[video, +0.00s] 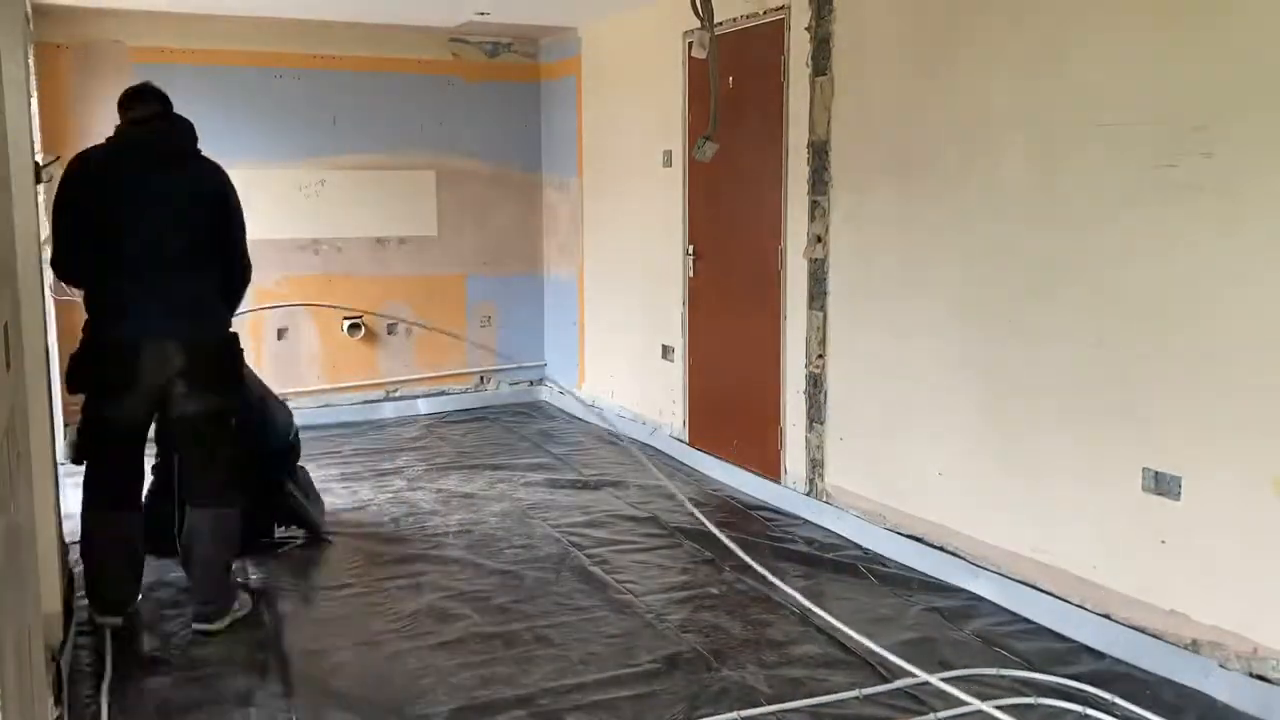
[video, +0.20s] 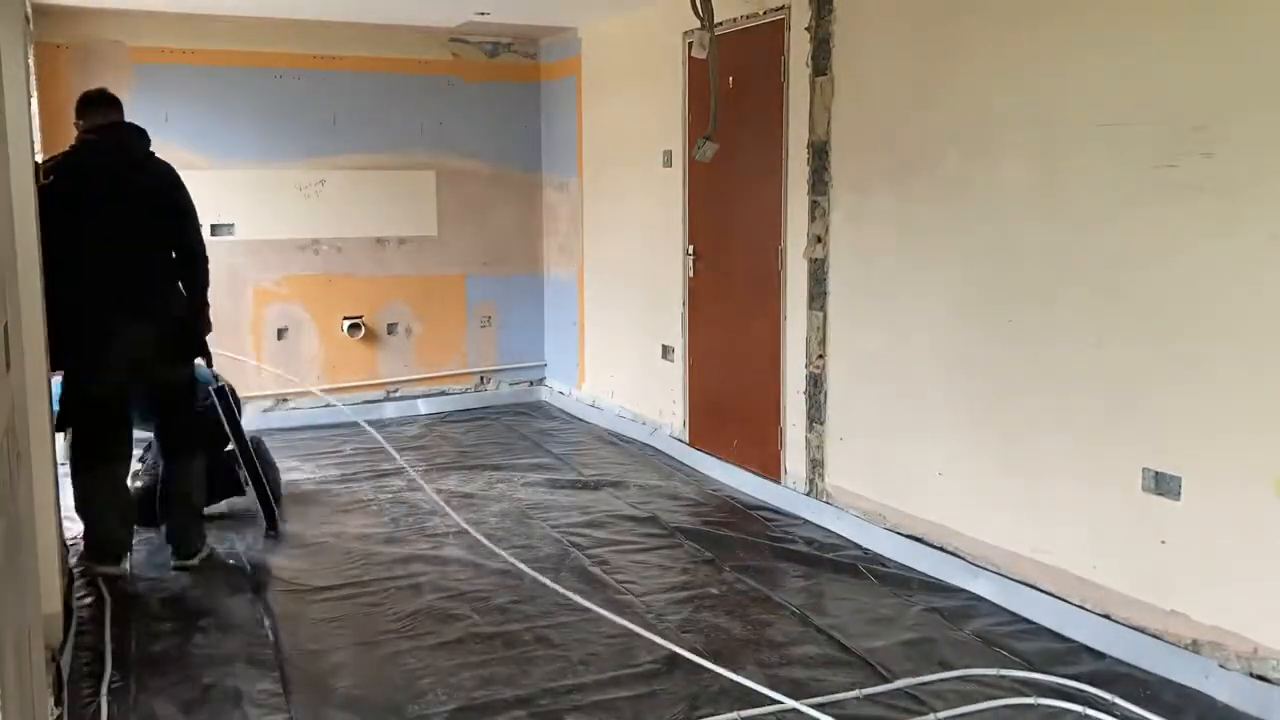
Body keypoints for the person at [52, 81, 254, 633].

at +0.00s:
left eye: (130, 116)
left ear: (122, 121)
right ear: (172, 119)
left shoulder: (87, 168)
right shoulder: (209, 174)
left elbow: (67, 262)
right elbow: (236, 267)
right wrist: (210, 317)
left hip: (119, 346)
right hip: (201, 343)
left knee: (111, 468)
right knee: (208, 465)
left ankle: (111, 601)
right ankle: (213, 602)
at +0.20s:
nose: (84, 133)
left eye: (81, 125)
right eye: (95, 122)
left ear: (79, 125)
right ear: (124, 120)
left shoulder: (57, 180)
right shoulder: (159, 174)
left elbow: (46, 267)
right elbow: (193, 252)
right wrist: (198, 315)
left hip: (90, 337)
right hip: (160, 332)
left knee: (98, 446)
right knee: (181, 432)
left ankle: (106, 549)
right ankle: (188, 541)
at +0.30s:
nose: (78, 139)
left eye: (76, 132)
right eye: (85, 131)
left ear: (74, 131)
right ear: (121, 126)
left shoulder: (55, 184)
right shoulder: (158, 179)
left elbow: (45, 269)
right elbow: (189, 260)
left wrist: (55, 342)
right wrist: (192, 329)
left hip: (92, 340)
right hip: (164, 337)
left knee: (98, 442)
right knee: (182, 434)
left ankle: (107, 550)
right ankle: (188, 543)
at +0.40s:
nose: (117, 133)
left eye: (114, 125)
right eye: (126, 123)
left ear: (112, 127)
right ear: (155, 124)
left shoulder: (83, 172)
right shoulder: (184, 175)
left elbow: (65, 256)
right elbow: (222, 253)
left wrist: (68, 325)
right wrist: (204, 307)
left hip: (105, 330)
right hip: (174, 328)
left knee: (94, 431)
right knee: (191, 430)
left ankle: (89, 537)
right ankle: (188, 543)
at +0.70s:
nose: (35, 161)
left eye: (34, 155)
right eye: (36, 156)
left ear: (41, 151)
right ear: (77, 140)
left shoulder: (45, 186)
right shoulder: (120, 184)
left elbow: (41, 265)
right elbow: (133, 249)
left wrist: (51, 308)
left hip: (84, 327)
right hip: (146, 319)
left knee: (85, 429)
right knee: (159, 422)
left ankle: (100, 528)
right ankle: (175, 527)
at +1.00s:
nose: (85, 152)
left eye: (81, 146)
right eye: (84, 147)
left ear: (44, 148)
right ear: (79, 149)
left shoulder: (26, 183)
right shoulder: (93, 186)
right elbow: (110, 248)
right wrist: (98, 284)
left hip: (24, 292)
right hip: (68, 294)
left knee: (26, 377)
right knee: (66, 377)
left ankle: (29, 463)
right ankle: (66, 462)